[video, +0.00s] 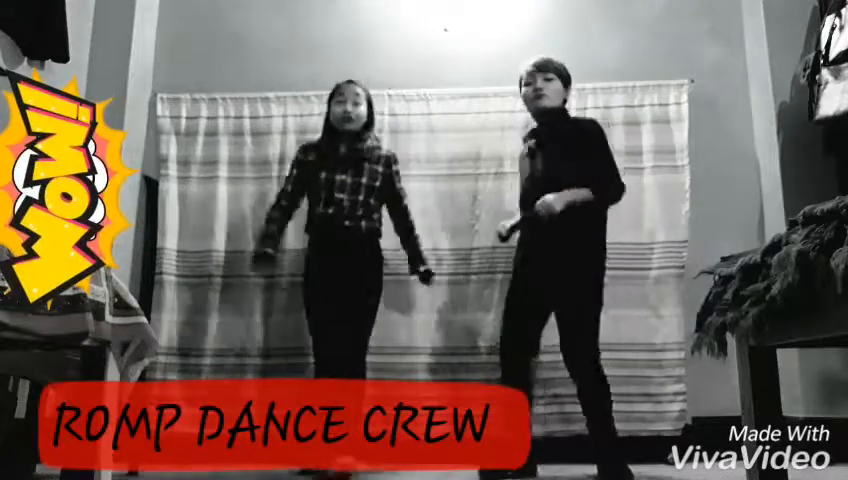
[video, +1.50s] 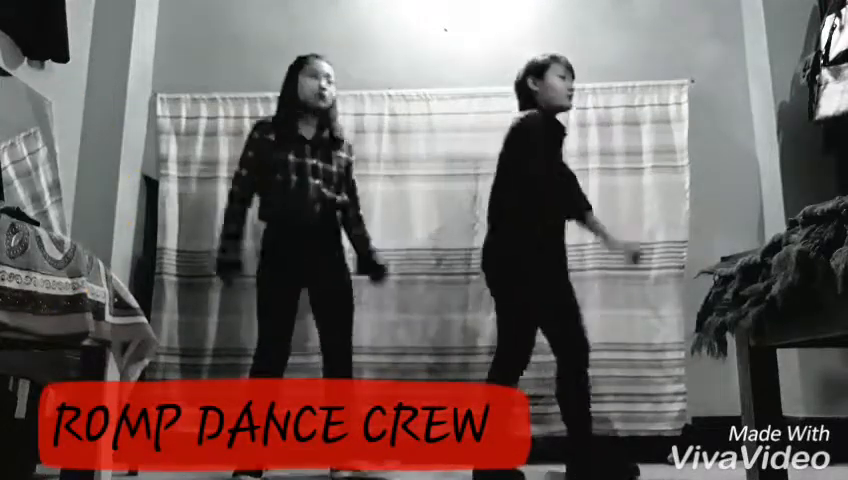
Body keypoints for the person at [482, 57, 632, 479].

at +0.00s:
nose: (535, 86)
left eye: (545, 79)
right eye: (529, 82)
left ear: (566, 90)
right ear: (523, 97)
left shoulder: (586, 130)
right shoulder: (532, 145)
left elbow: (613, 187)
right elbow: (544, 201)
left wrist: (568, 197)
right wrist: (519, 222)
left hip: (578, 263)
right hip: (534, 262)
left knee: (581, 358)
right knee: (515, 352)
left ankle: (610, 461)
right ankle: (517, 457)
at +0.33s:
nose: (526, 92)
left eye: (535, 86)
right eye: (517, 88)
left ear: (551, 98)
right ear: (507, 103)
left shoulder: (575, 143)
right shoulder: (500, 158)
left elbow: (585, 200)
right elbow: (497, 212)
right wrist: (501, 255)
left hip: (570, 265)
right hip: (519, 268)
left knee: (592, 364)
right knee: (512, 367)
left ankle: (610, 459)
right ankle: (504, 461)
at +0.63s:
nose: (550, 89)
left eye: (558, 84)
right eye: (540, 84)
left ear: (569, 99)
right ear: (524, 99)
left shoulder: (570, 154)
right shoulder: (522, 145)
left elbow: (591, 211)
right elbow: (544, 206)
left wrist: (628, 267)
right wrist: (584, 250)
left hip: (568, 270)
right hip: (527, 272)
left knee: (597, 355)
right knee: (522, 366)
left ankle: (600, 457)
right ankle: (502, 462)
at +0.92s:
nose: (554, 75)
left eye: (564, 69)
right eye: (545, 70)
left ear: (578, 82)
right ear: (532, 84)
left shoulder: (596, 120)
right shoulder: (525, 144)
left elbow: (592, 182)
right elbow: (507, 205)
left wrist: (563, 227)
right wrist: (488, 256)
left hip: (594, 248)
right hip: (545, 251)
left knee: (598, 356)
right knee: (526, 349)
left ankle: (600, 458)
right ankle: (491, 447)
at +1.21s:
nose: (520, 83)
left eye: (529, 78)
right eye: (511, 76)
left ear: (539, 91)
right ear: (494, 88)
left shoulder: (545, 149)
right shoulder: (478, 143)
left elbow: (573, 201)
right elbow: (440, 196)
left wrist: (614, 246)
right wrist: (432, 257)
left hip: (534, 274)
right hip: (489, 274)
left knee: (571, 352)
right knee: (501, 358)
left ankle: (587, 453)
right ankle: (476, 452)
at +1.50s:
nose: (571, 85)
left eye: (571, 79)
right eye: (562, 77)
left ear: (540, 90)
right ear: (536, 84)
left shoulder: (525, 131)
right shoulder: (541, 129)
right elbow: (566, 193)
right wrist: (611, 240)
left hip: (508, 260)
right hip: (536, 262)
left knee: (512, 353)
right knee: (573, 350)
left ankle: (482, 448)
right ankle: (583, 453)